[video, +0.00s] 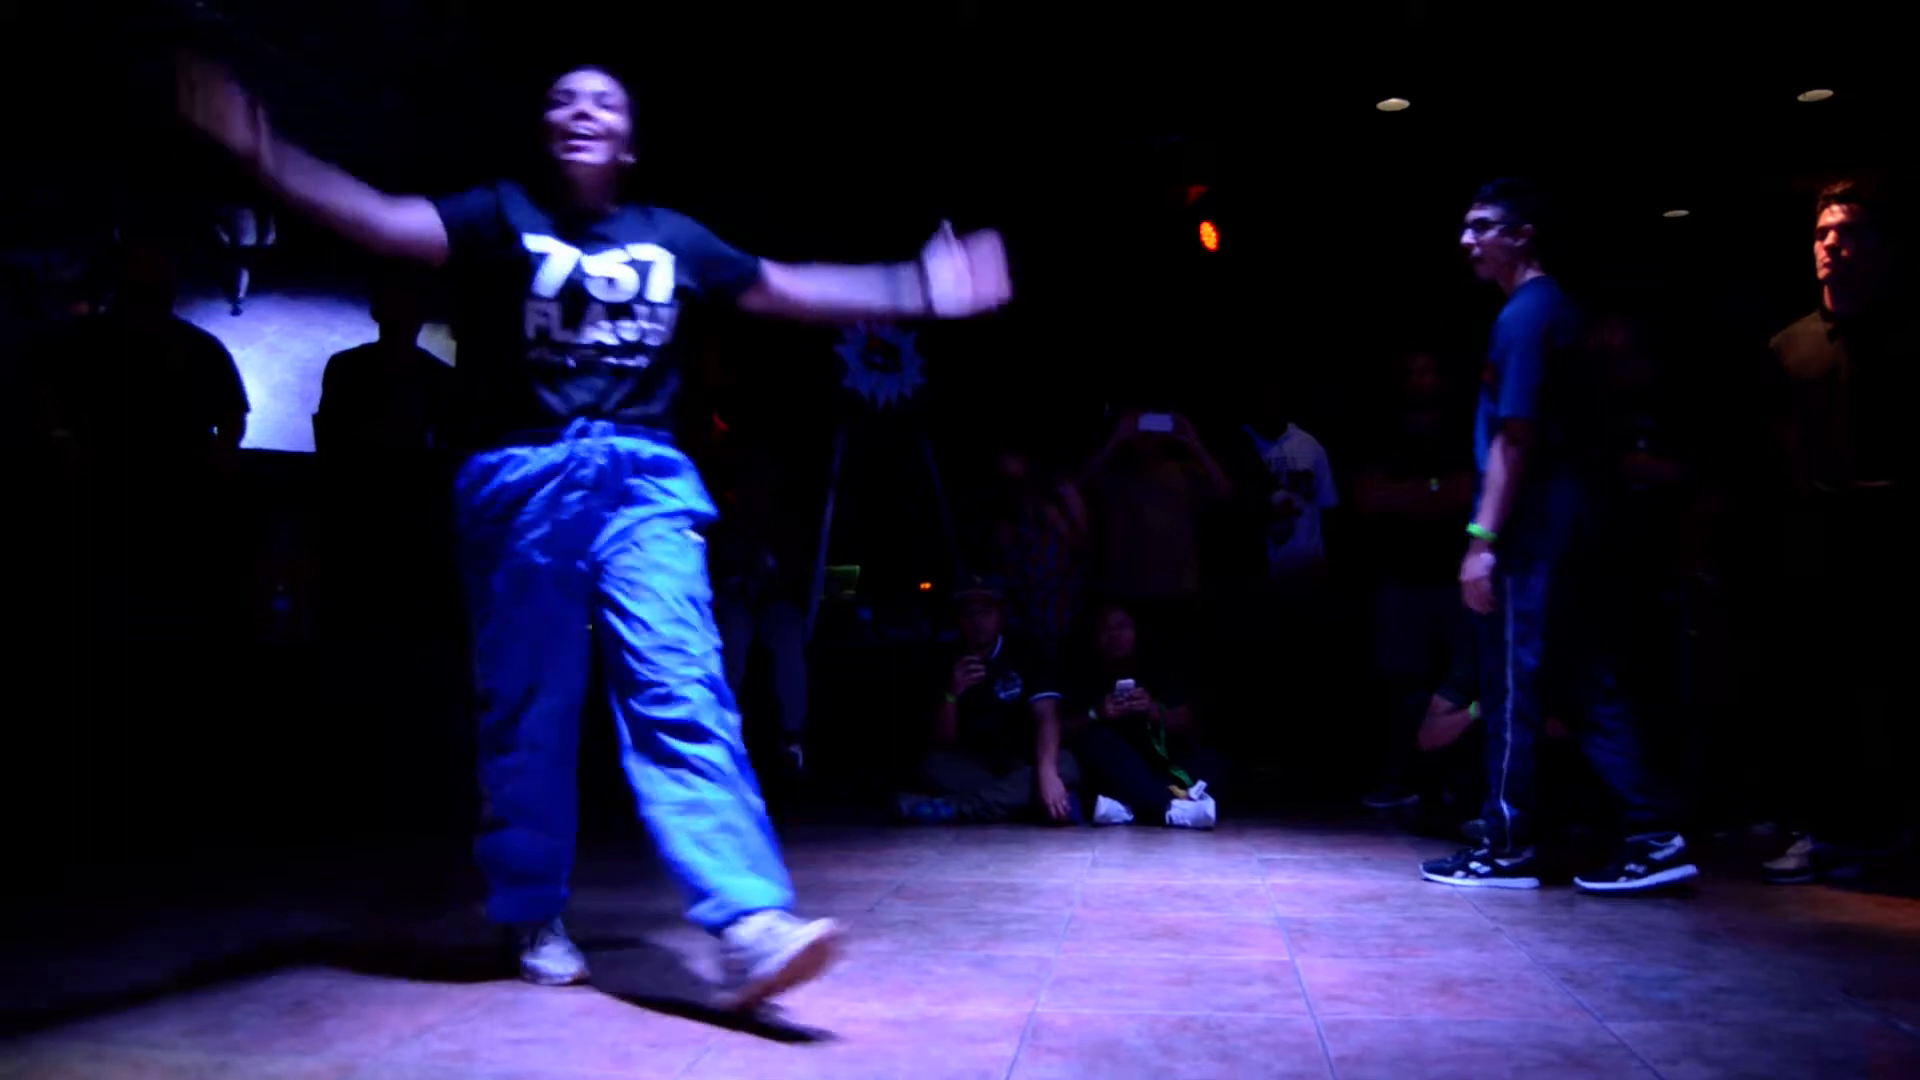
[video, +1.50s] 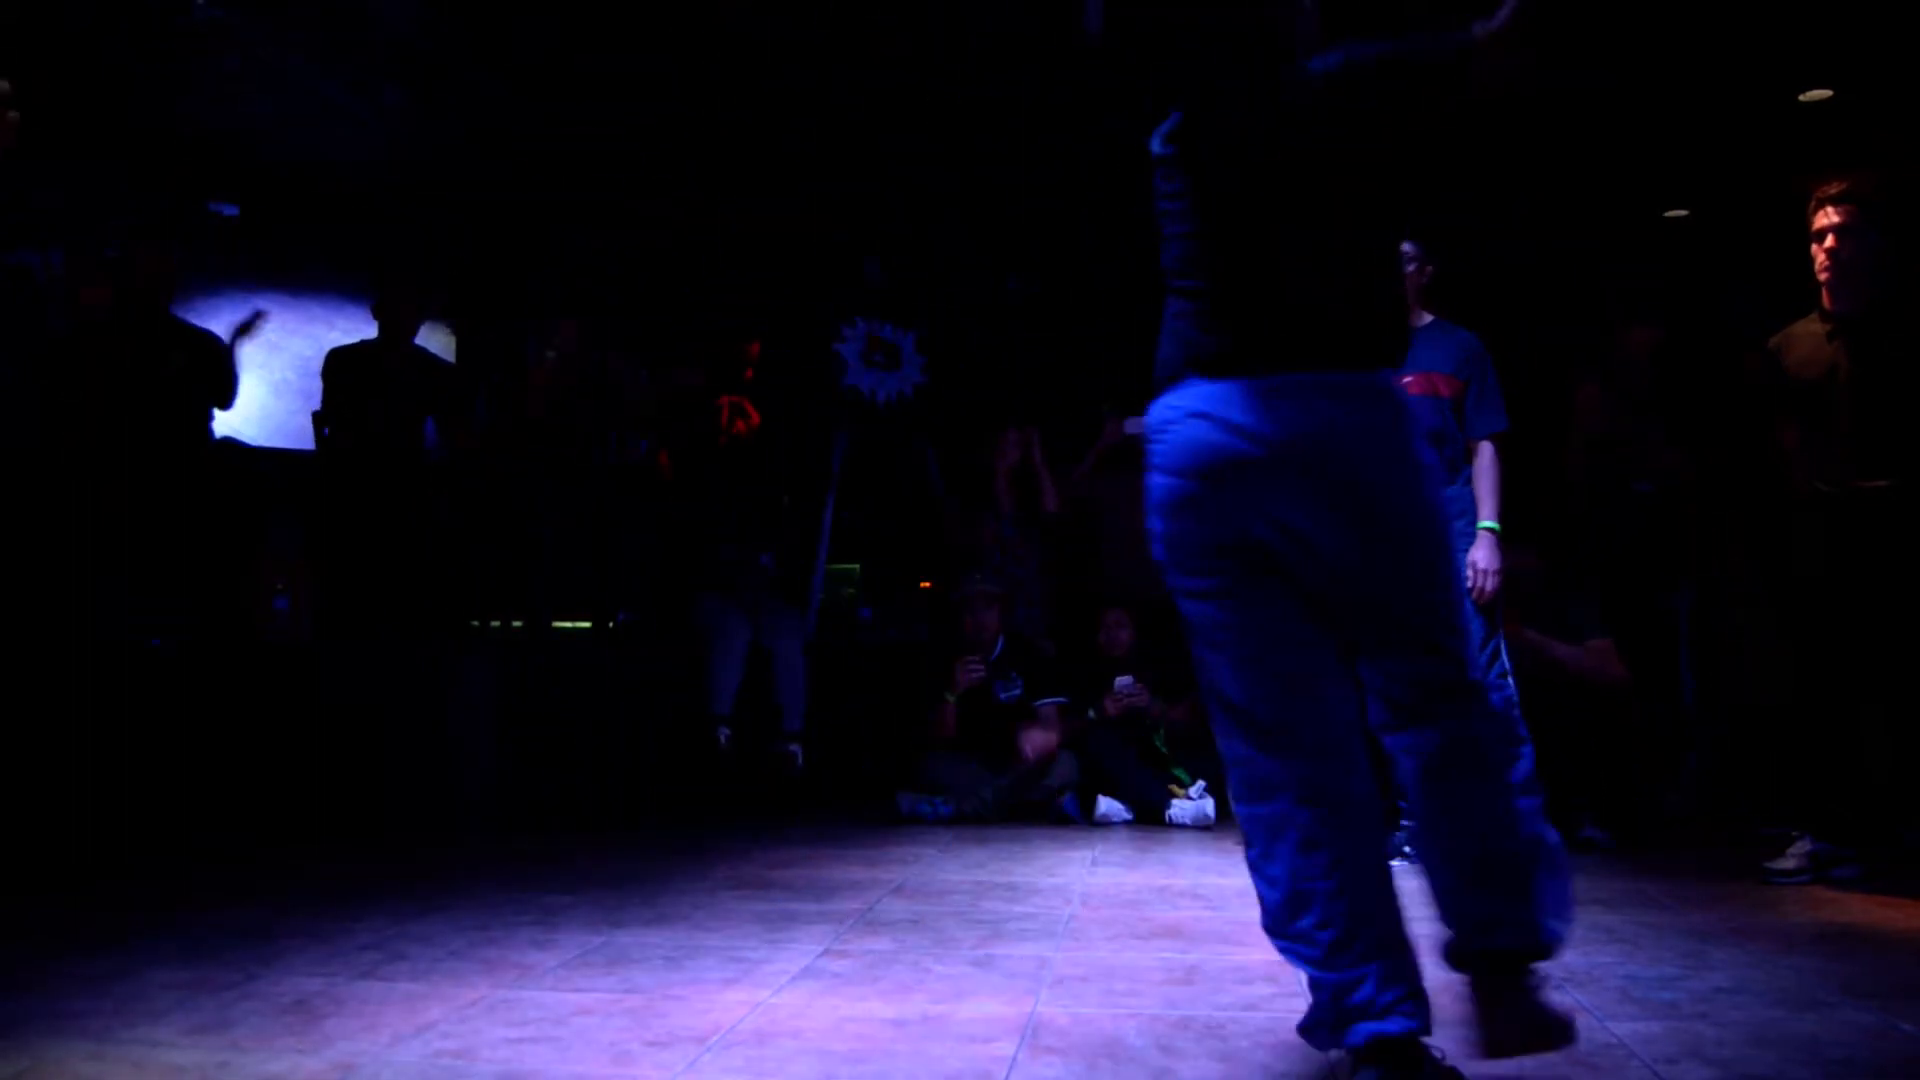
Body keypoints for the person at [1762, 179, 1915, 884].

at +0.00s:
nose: (1830, 247)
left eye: (1847, 234)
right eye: (1822, 234)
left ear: (1881, 251)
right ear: (1813, 251)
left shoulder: (1909, 339)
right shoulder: (1790, 348)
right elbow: (1765, 453)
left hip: (1894, 543)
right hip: (1808, 539)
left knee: (1890, 685)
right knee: (1813, 682)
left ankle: (1893, 834)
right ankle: (1816, 828)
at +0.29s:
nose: (1828, 252)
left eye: (1844, 237)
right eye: (1820, 238)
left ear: (1879, 250)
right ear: (1811, 253)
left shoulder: (1908, 342)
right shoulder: (1794, 349)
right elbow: (1771, 455)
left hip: (1892, 542)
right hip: (1810, 539)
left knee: (1885, 683)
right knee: (1813, 679)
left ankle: (1886, 832)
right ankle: (1814, 824)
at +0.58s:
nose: (1831, 247)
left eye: (1849, 234)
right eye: (1823, 234)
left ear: (1879, 250)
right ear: (1812, 250)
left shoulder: (1907, 341)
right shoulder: (1791, 348)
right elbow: (1767, 452)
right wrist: (1768, 527)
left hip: (1892, 540)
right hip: (1807, 537)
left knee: (1888, 682)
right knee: (1811, 680)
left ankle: (1891, 833)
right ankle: (1813, 827)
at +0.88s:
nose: (1830, 248)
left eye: (1846, 234)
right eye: (1822, 235)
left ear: (1878, 248)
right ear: (1812, 250)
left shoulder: (1903, 341)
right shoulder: (1794, 348)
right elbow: (1772, 452)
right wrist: (1772, 526)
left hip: (1892, 538)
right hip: (1810, 537)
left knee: (1889, 681)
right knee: (1812, 680)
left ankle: (1896, 832)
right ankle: (1814, 827)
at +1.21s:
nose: (1831, 249)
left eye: (1848, 234)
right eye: (1822, 235)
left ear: (1880, 249)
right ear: (1811, 250)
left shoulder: (1905, 342)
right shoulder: (1793, 348)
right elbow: (1770, 453)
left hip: (1894, 539)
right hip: (1812, 538)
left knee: (1890, 682)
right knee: (1816, 680)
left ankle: (1898, 832)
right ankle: (1819, 827)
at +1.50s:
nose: (1829, 249)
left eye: (1845, 234)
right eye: (1820, 235)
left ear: (1877, 247)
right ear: (1809, 250)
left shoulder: (1905, 342)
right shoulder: (1791, 349)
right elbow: (1769, 452)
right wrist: (1773, 525)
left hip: (1895, 539)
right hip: (1811, 537)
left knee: (1891, 681)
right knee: (1815, 679)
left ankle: (1898, 831)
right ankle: (1818, 828)